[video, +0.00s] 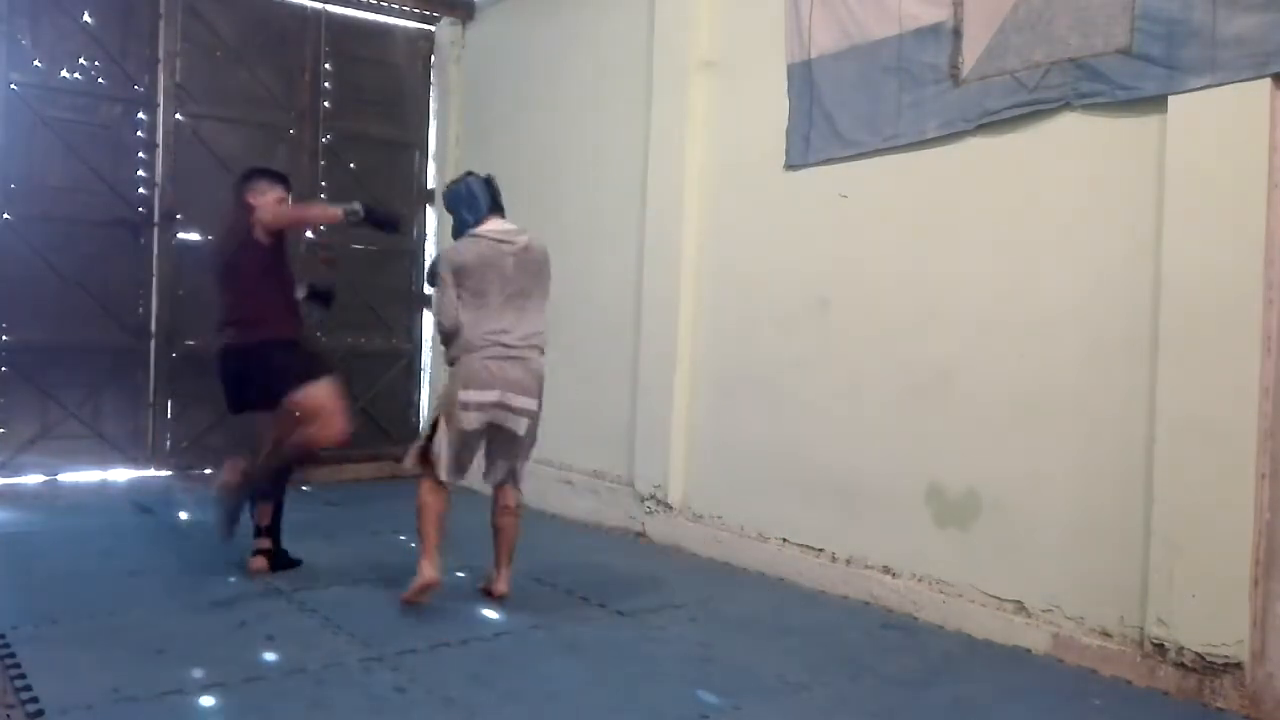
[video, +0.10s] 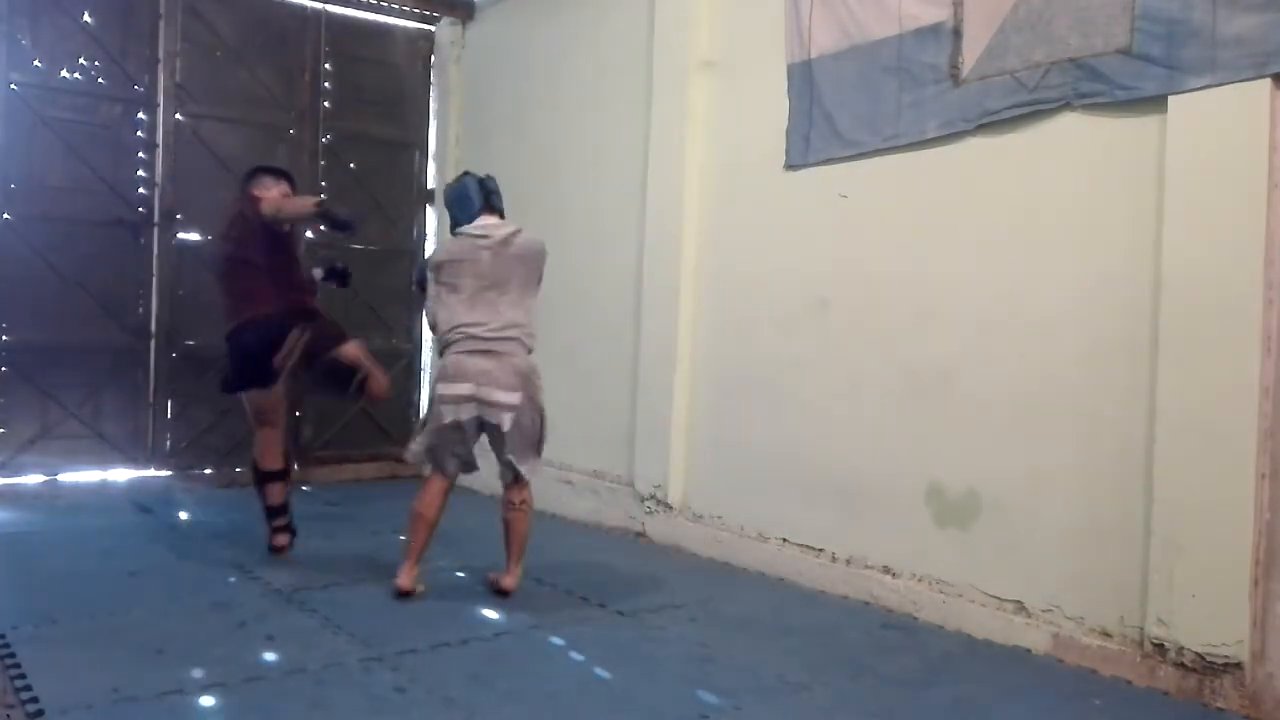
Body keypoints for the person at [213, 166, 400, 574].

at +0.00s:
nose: (287, 207)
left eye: (287, 200)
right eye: (279, 198)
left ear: (254, 202)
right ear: (252, 197)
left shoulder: (239, 237)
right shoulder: (257, 221)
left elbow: (258, 291)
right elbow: (300, 215)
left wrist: (303, 293)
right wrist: (357, 211)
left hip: (248, 352)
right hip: (272, 349)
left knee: (274, 447)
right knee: (332, 425)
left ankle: (266, 547)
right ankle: (248, 479)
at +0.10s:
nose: (287, 200)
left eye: (289, 195)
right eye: (282, 193)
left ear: (250, 196)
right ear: (258, 190)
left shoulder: (236, 233)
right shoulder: (255, 209)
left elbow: (277, 280)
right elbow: (282, 209)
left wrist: (322, 274)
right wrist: (323, 209)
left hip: (248, 333)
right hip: (293, 319)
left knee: (267, 424)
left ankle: (279, 527)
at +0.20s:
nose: (283, 211)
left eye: (284, 205)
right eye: (281, 204)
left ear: (248, 206)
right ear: (273, 205)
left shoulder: (232, 249)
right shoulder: (283, 238)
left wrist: (327, 277)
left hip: (264, 341)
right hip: (308, 322)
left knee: (268, 435)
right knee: (392, 351)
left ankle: (283, 528)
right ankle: (402, 275)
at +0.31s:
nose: (283, 211)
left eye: (284, 205)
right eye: (281, 204)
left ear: (248, 206)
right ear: (273, 205)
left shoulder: (232, 249)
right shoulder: (283, 238)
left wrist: (327, 277)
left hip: (264, 341)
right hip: (308, 322)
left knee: (268, 435)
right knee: (392, 351)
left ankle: (283, 528)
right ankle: (402, 275)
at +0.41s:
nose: (284, 211)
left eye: (284, 205)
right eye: (281, 204)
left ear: (248, 206)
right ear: (273, 205)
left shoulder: (232, 249)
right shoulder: (283, 238)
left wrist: (326, 277)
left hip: (264, 341)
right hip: (308, 322)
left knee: (268, 435)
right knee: (392, 351)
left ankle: (283, 528)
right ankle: (402, 275)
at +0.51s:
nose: (268, 249)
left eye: (263, 247)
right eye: (265, 246)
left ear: (233, 262)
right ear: (263, 248)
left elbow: (238, 356)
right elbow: (316, 260)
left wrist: (255, 380)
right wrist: (357, 285)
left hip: (272, 353)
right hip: (320, 334)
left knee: (284, 445)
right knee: (369, 393)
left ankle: (297, 542)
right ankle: (346, 407)